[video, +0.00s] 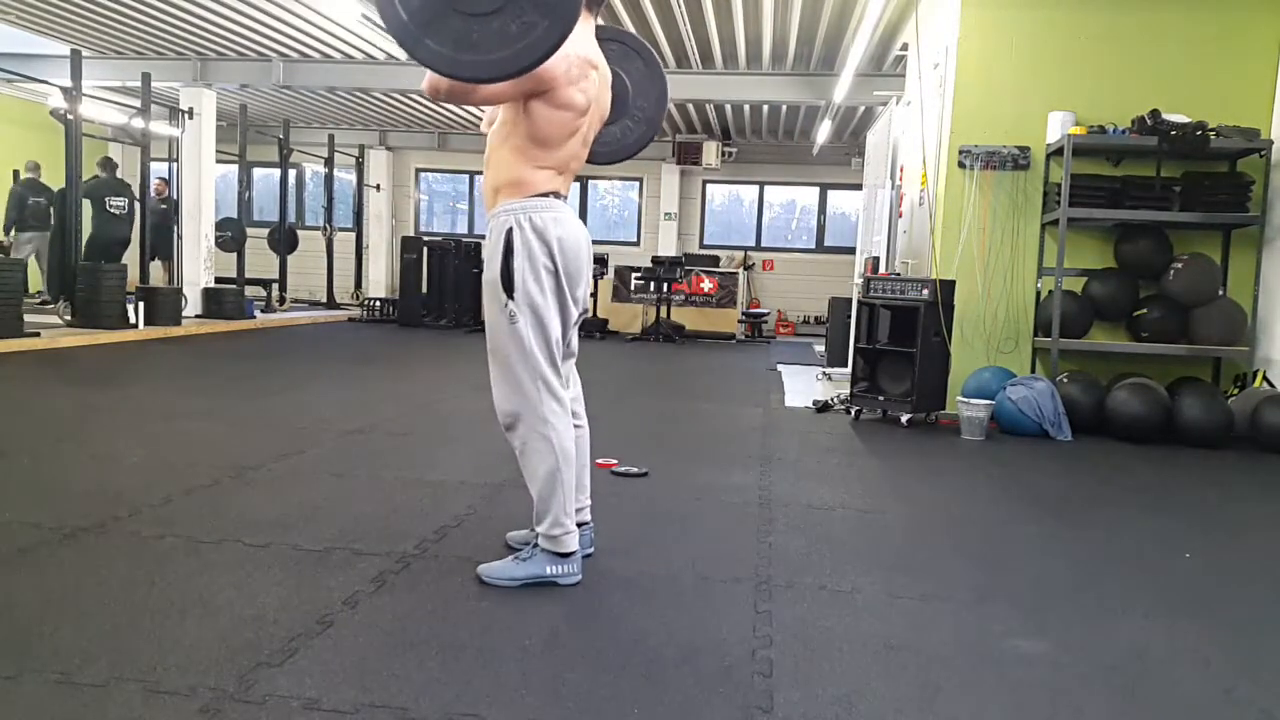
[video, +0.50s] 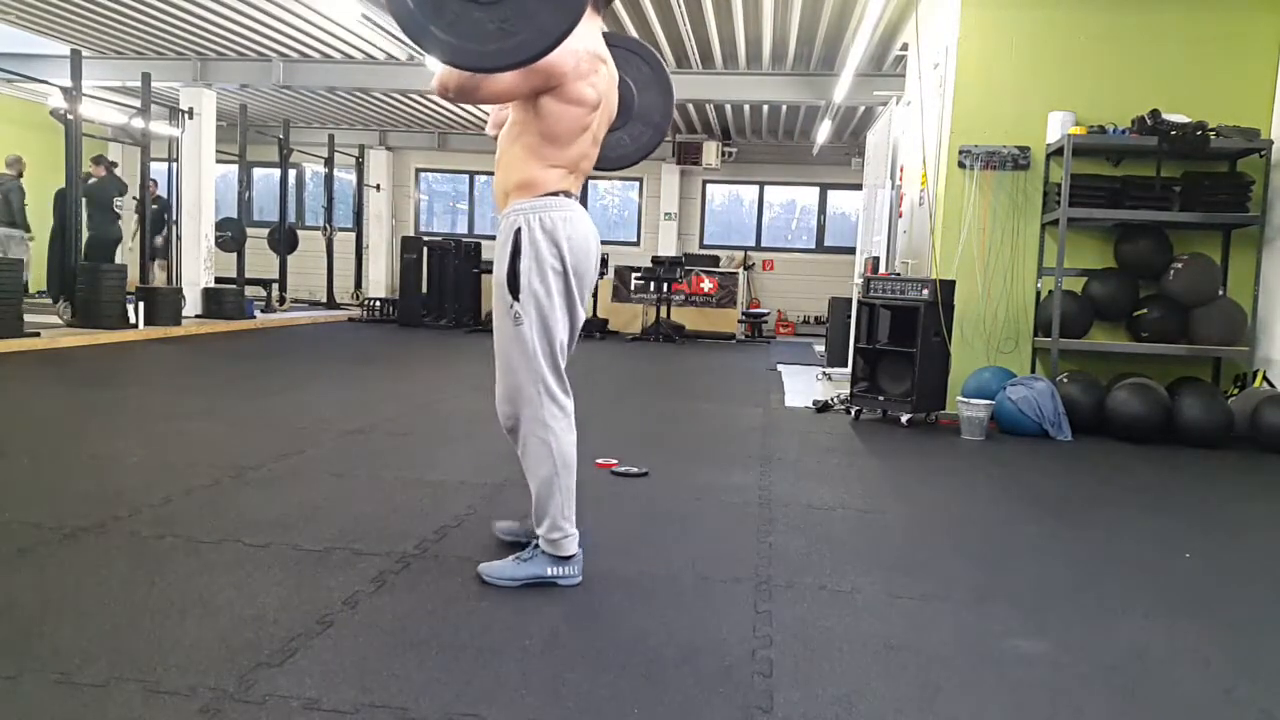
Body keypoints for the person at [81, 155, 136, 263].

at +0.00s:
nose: (98, 172)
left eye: (98, 169)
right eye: (98, 169)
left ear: (100, 169)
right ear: (114, 169)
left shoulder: (97, 185)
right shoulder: (126, 186)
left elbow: (78, 190)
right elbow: (131, 214)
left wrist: (93, 178)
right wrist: (127, 233)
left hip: (101, 235)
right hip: (123, 236)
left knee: (88, 269)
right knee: (112, 271)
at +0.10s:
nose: (96, 172)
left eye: (97, 168)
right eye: (97, 168)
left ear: (101, 169)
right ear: (113, 169)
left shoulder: (98, 184)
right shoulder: (126, 186)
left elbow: (78, 190)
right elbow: (130, 214)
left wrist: (93, 176)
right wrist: (126, 231)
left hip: (101, 235)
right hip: (122, 236)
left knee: (87, 267)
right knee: (111, 270)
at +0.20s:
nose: (96, 172)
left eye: (97, 168)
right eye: (96, 168)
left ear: (104, 169)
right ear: (113, 169)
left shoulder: (100, 185)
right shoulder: (125, 186)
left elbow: (79, 189)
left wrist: (92, 177)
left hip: (102, 235)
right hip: (122, 236)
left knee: (86, 265)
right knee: (110, 270)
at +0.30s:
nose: (93, 171)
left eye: (95, 168)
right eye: (94, 168)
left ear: (104, 169)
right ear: (108, 168)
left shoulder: (97, 186)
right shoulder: (123, 185)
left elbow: (82, 191)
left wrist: (89, 177)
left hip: (102, 233)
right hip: (120, 233)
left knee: (88, 267)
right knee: (110, 268)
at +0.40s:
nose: (92, 171)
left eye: (93, 167)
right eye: (92, 167)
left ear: (103, 168)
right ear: (105, 168)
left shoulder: (97, 186)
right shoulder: (118, 183)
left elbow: (82, 191)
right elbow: (126, 190)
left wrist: (87, 177)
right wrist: (114, 173)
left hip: (101, 234)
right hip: (118, 234)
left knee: (88, 267)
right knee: (109, 269)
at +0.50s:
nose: (90, 170)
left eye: (92, 167)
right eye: (90, 167)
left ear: (102, 167)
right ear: (103, 167)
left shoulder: (94, 187)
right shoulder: (115, 183)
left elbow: (79, 191)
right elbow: (124, 189)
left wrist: (86, 177)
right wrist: (111, 173)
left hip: (99, 233)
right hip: (114, 232)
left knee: (90, 268)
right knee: (108, 268)